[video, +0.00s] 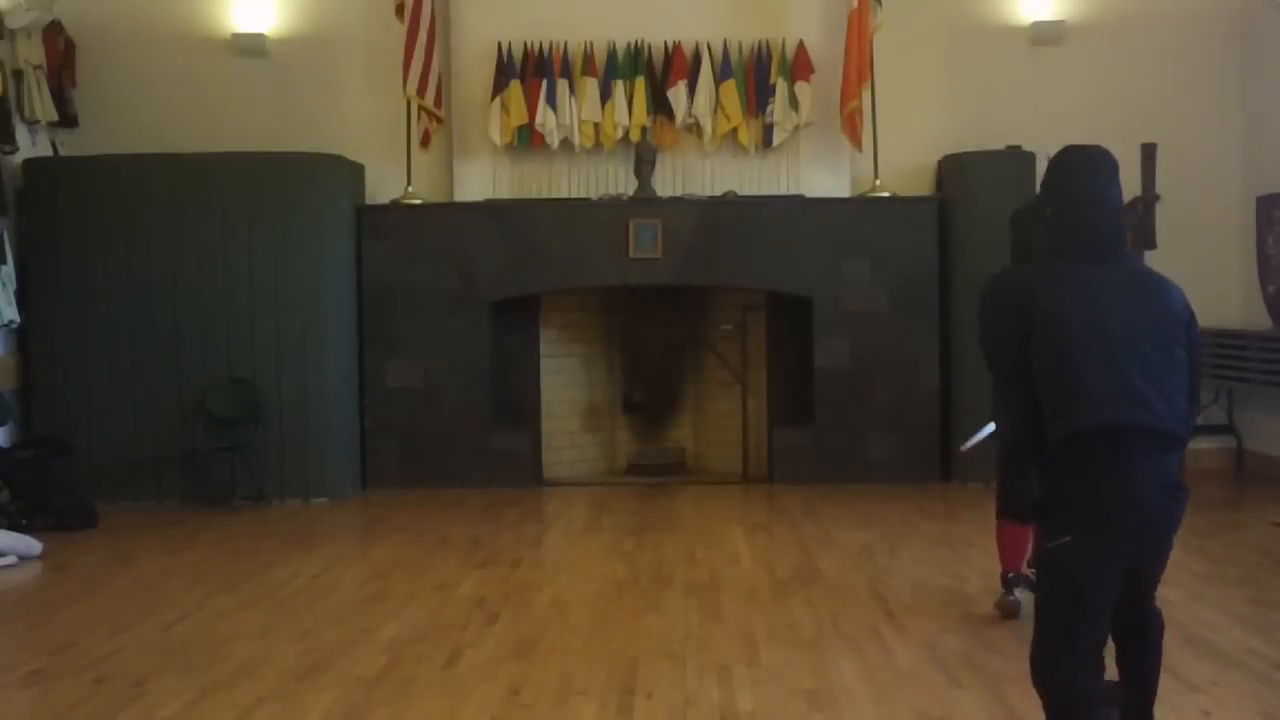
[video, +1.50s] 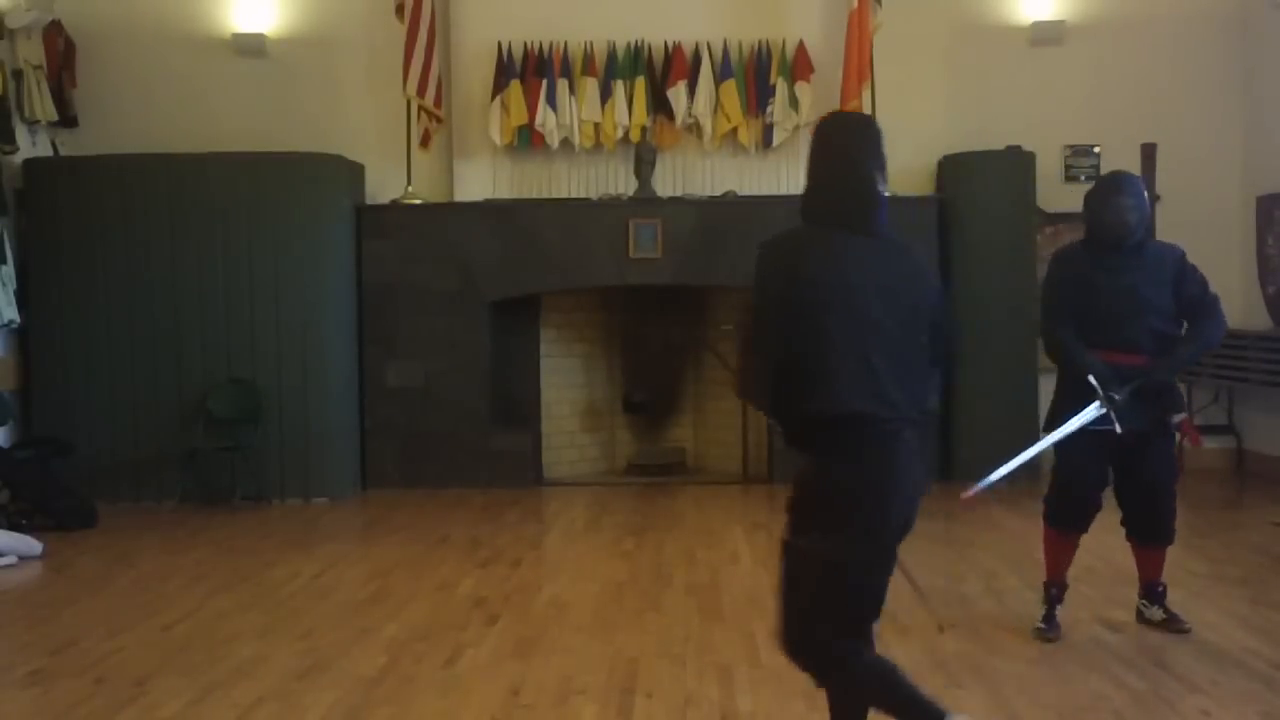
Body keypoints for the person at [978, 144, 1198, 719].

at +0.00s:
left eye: (1059, 202)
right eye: (1110, 200)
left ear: (1050, 208)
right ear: (1117, 209)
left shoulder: (1016, 290)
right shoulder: (1165, 294)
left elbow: (1017, 408)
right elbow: (1185, 405)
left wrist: (1019, 502)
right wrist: (1150, 464)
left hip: (1076, 490)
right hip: (1157, 486)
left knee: (1064, 660)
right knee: (1138, 609)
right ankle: (1138, 709)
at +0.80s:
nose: (1013, 198)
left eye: (1017, 187)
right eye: (1017, 186)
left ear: (1027, 194)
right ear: (1089, 192)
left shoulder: (1013, 279)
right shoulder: (1129, 282)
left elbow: (988, 396)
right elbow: (1132, 378)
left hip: (1040, 476)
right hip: (1111, 472)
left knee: (1015, 639)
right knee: (1090, 604)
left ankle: (1067, 711)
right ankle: (1118, 707)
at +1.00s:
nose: (973, 179)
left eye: (976, 169)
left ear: (983, 176)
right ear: (1046, 169)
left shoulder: (978, 259)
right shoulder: (1084, 253)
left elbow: (957, 371)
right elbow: (1138, 326)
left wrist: (981, 427)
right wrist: (1085, 377)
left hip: (1020, 456)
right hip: (1082, 450)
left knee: (1026, 618)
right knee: (1016, 600)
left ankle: (1064, 709)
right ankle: (1027, 707)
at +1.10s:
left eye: (949, 165)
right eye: (1021, 157)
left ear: (954, 169)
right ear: (1022, 167)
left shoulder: (944, 252)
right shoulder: (1058, 254)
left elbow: (925, 363)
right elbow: (1098, 337)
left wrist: (945, 418)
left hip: (986, 454)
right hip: (1050, 451)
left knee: (1038, 634)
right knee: (968, 598)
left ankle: (1076, 706)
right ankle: (964, 710)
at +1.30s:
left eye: (891, 176)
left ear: (890, 182)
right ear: (955, 183)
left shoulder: (870, 265)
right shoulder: (991, 264)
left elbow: (850, 383)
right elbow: (1012, 362)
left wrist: (892, 447)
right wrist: (980, 434)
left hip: (924, 465)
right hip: (978, 460)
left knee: (999, 639)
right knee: (889, 623)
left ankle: (1053, 705)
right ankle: (877, 709)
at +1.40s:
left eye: (856, 173)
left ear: (852, 180)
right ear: (916, 184)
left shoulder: (829, 266)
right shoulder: (947, 271)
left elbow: (819, 378)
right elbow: (967, 369)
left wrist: (848, 451)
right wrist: (937, 439)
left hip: (878, 470)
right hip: (930, 466)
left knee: (917, 644)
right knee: (853, 626)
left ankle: (1001, 711)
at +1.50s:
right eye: (874, 164)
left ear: (815, 170)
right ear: (879, 173)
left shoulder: (787, 255)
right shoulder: (906, 258)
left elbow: (761, 379)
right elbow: (938, 351)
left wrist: (810, 428)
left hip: (836, 463)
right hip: (900, 459)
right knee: (851, 630)